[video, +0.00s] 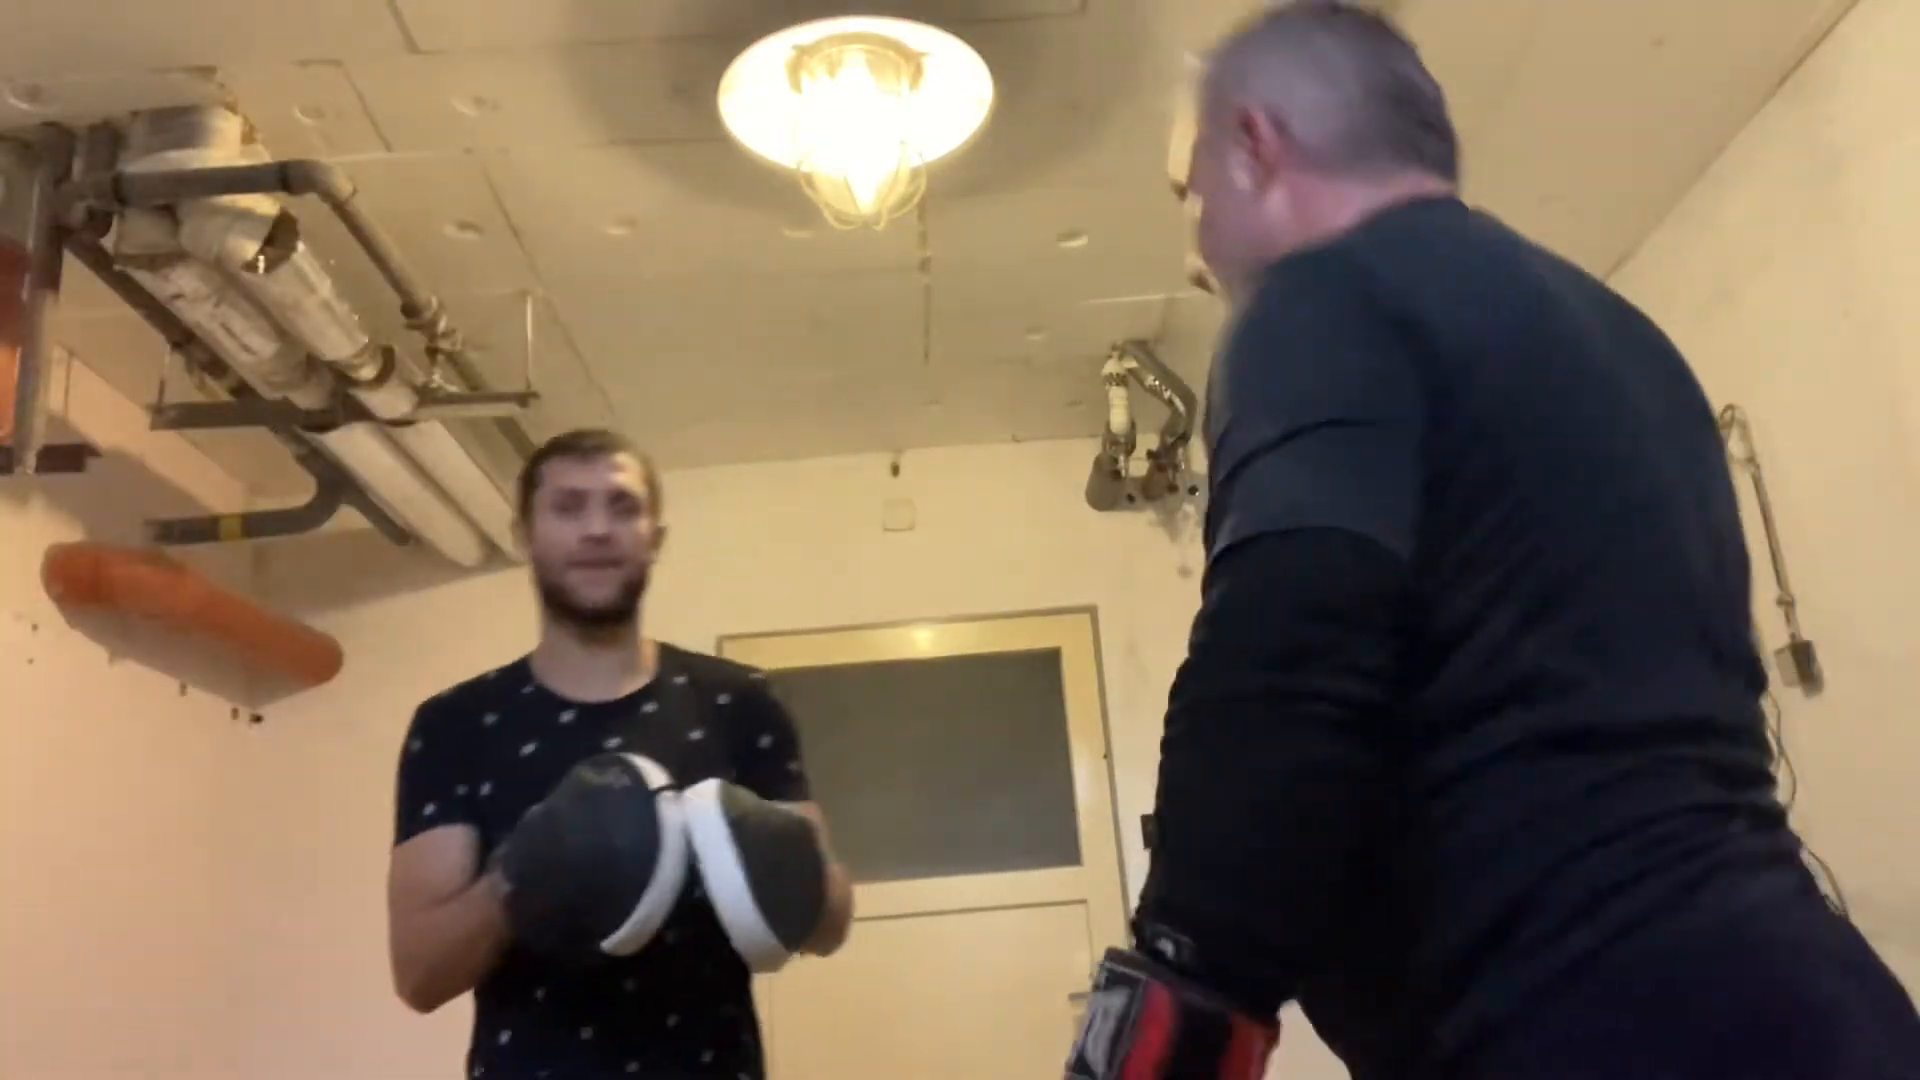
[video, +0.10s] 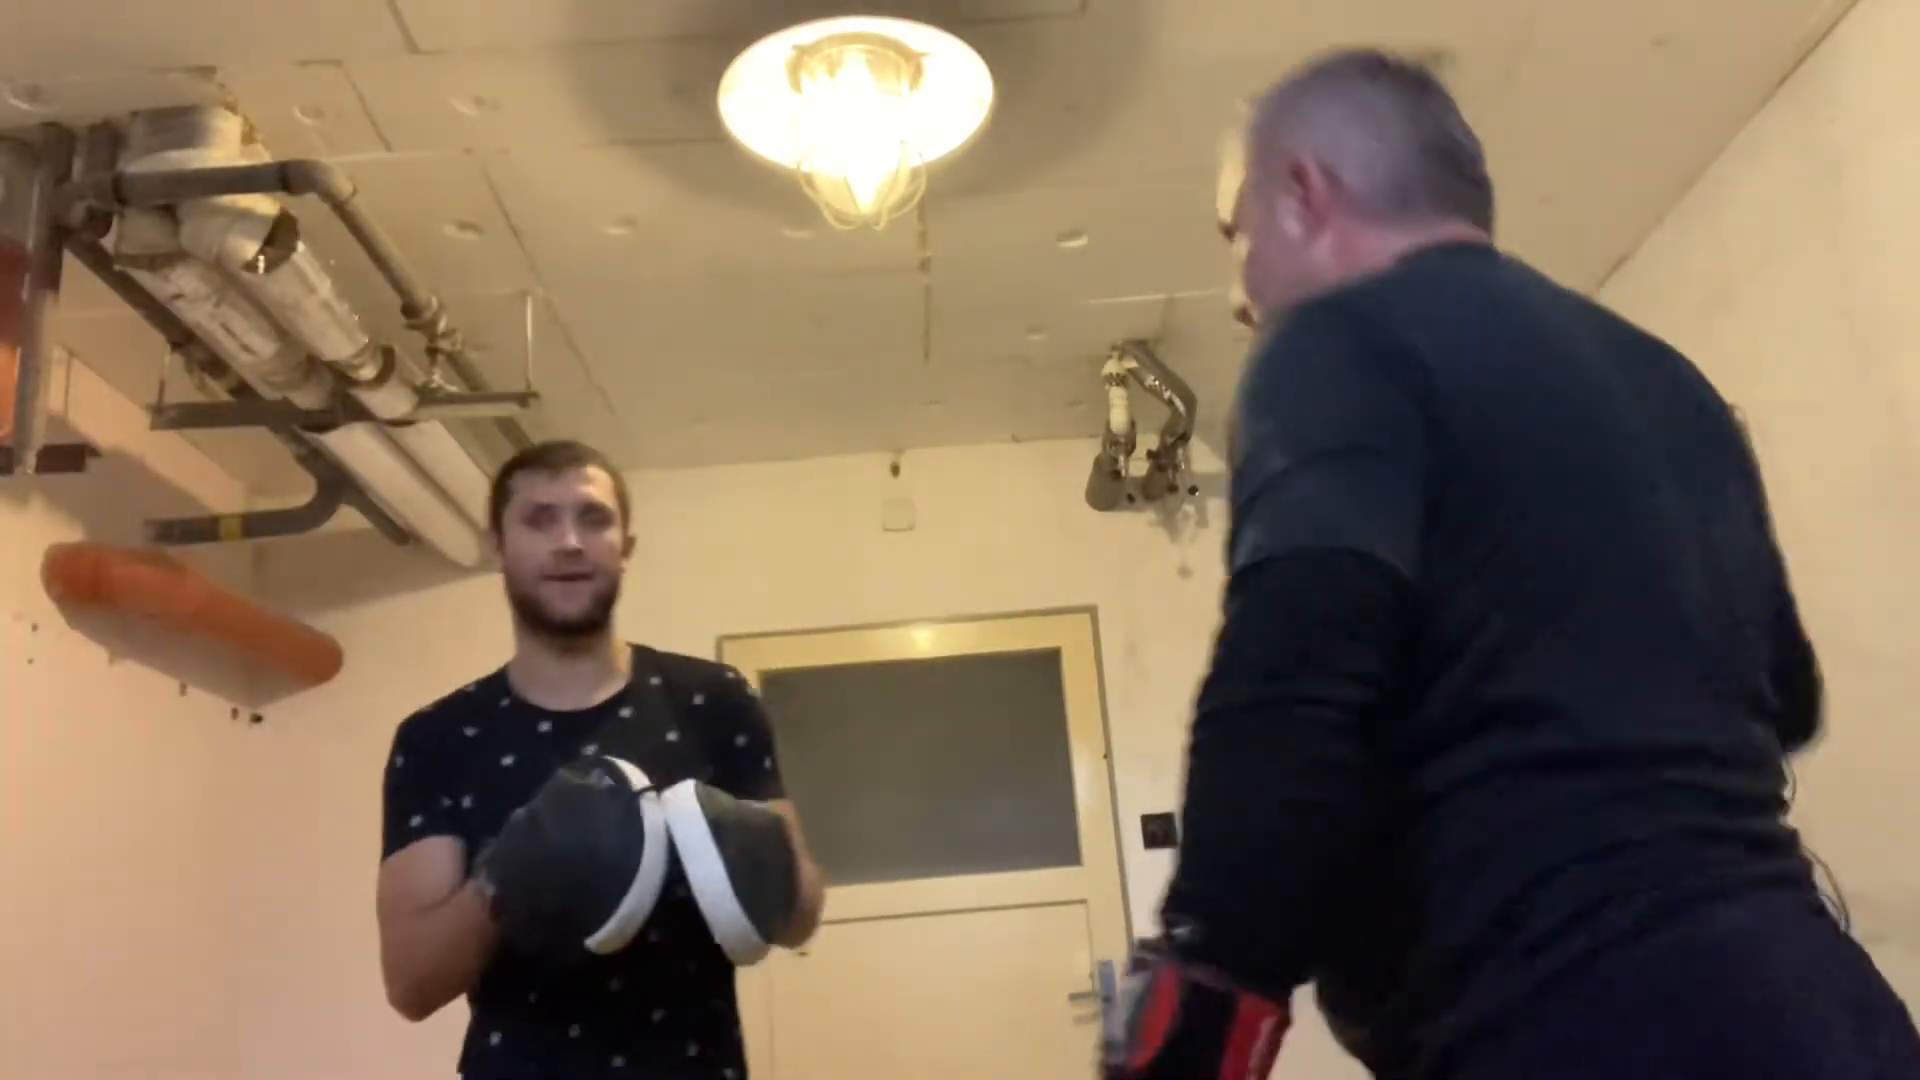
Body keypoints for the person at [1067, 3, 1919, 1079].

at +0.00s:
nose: (1199, 251)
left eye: (1196, 192)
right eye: (1191, 203)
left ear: (1261, 149)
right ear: (1422, 149)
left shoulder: (1333, 297)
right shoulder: (1625, 331)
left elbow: (1294, 641)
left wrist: (1197, 973)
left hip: (1542, 1006)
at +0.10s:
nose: (1240, 291)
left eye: (1238, 233)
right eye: (1232, 243)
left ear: (1308, 197)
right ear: (1463, 196)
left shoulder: (1344, 342)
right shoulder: (1665, 374)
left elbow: (1299, 674)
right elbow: (1785, 692)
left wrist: (1213, 995)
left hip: (1537, 1017)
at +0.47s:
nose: (1255, 373)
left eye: (1256, 329)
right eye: (1247, 335)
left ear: (1326, 306)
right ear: (1449, 297)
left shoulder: (1330, 415)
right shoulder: (1642, 439)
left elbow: (1328, 676)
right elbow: (1726, 736)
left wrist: (1169, 873)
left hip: (1511, 1007)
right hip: (1770, 983)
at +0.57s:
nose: (1213, 414)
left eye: (1209, 368)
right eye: (1199, 378)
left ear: (1271, 337)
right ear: (1392, 319)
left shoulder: (1292, 461)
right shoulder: (1592, 455)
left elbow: (1257, 727)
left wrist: (1108, 789)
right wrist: (1318, 783)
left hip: (1474, 1021)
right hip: (1737, 996)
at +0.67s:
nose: (1153, 445)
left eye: (1144, 403)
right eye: (1137, 411)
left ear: (1200, 373)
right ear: (1318, 342)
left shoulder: (1220, 506)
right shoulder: (1533, 471)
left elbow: (1164, 805)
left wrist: (1072, 716)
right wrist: (1172, 655)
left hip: (1413, 1029)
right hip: (1675, 1006)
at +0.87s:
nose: (1081, 485)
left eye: (1070, 439)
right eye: (1068, 447)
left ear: (1113, 401)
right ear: (1236, 369)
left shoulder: (1118, 535)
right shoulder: (1451, 471)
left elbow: (1048, 845)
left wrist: (1025, 706)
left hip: (1325, 1023)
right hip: (1588, 998)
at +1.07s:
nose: (1099, 470)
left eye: (1095, 429)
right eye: (1090, 436)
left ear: (1141, 397)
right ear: (1261, 376)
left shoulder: (1142, 528)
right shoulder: (1466, 488)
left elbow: (1059, 823)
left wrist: (1017, 690)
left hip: (1308, 1016)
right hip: (1558, 989)